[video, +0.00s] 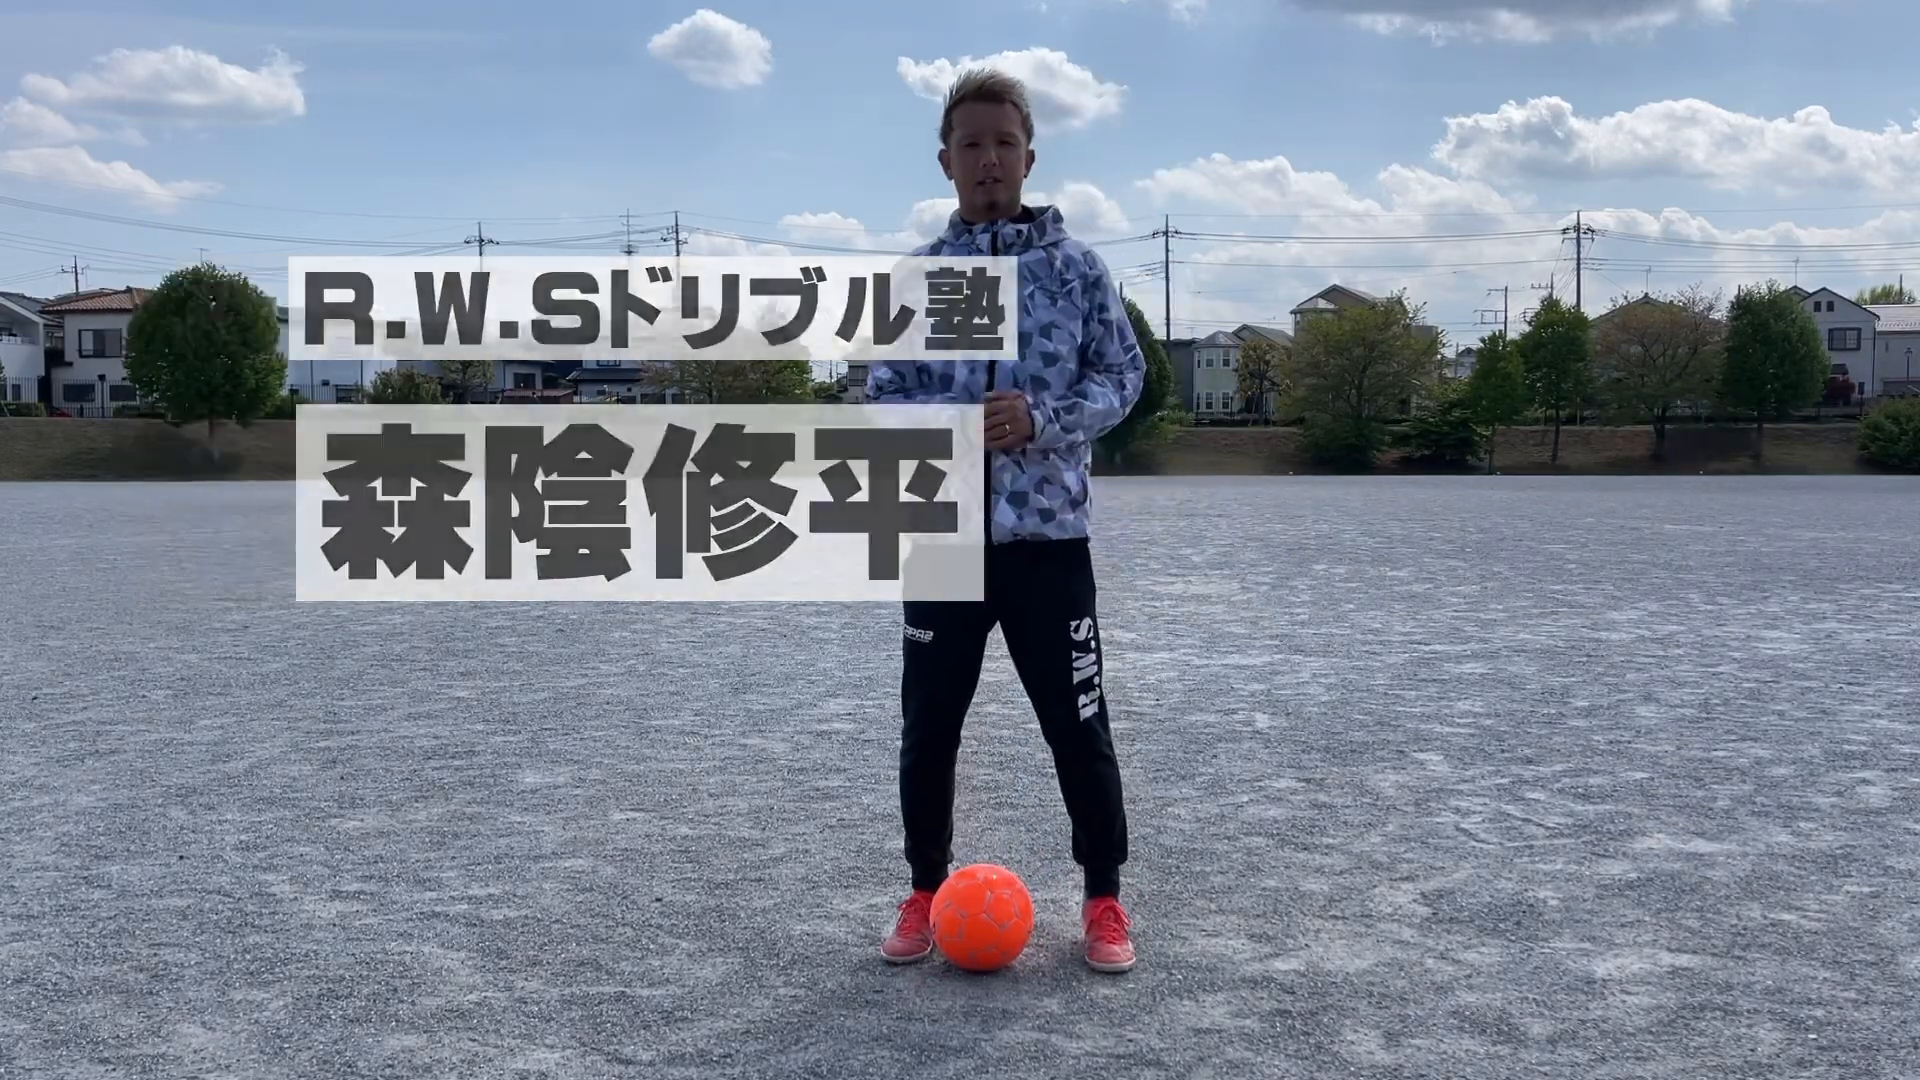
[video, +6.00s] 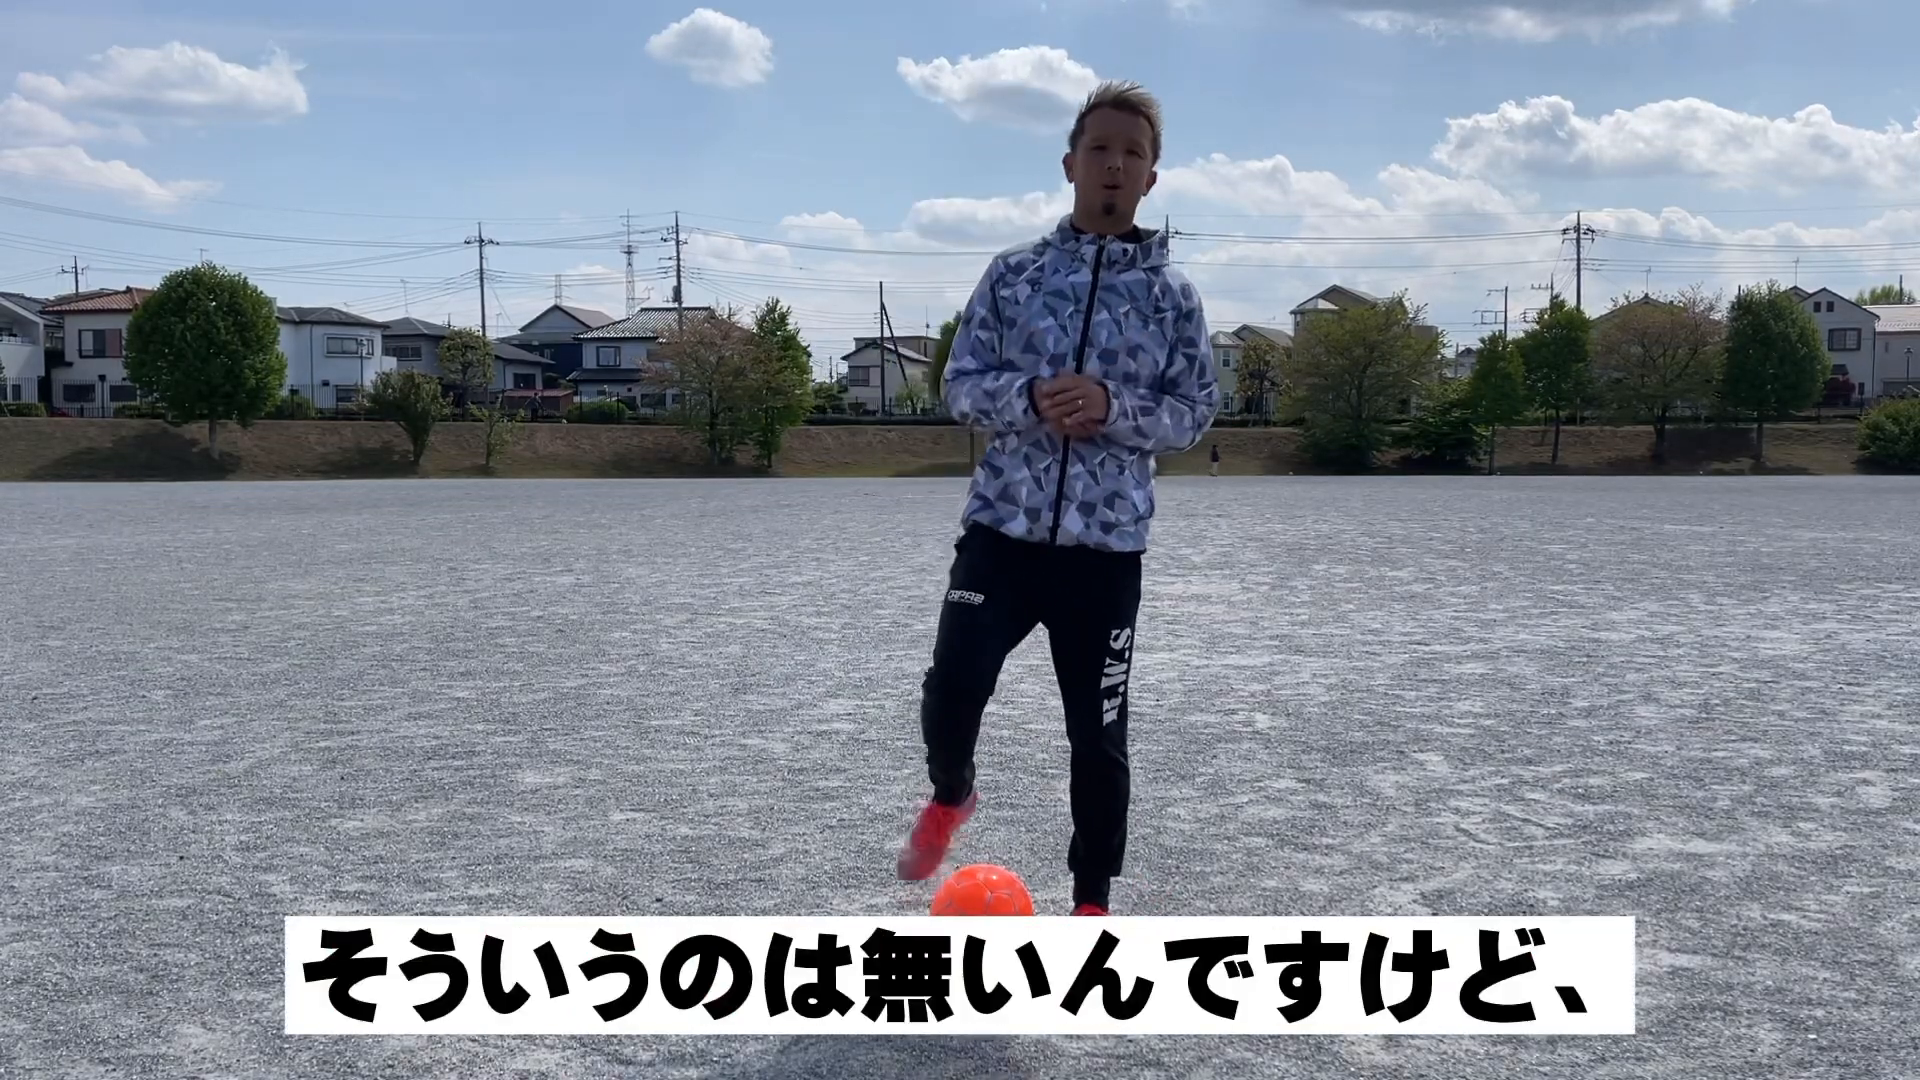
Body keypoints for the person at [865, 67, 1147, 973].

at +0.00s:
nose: (989, 159)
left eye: (1005, 142)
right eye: (971, 144)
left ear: (1030, 153)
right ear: (946, 158)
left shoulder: (1075, 266)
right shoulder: (914, 275)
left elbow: (1122, 382)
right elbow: (872, 384)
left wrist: (1042, 419)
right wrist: (941, 418)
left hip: (1045, 536)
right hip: (941, 536)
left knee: (1078, 723)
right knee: (927, 725)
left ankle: (1103, 902)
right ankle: (925, 894)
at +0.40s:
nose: (1004, 151)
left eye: (1022, 136)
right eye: (988, 135)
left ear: (1046, 151)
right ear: (963, 150)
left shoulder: (1088, 265)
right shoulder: (927, 269)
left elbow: (1118, 400)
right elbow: (900, 404)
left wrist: (1129, 510)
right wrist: (886, 513)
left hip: (1056, 535)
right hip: (951, 535)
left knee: (1082, 725)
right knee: (933, 727)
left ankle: (1103, 901)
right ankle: (927, 894)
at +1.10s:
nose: (1036, 161)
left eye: (1052, 146)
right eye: (1019, 146)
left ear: (1073, 164)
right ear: (991, 163)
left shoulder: (1107, 279)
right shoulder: (952, 279)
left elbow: (1124, 389)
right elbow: (931, 401)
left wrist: (1064, 454)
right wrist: (998, 444)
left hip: (1069, 542)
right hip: (968, 540)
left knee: (1086, 730)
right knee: (947, 728)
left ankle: (1101, 905)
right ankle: (931, 897)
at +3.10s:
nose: (1016, 165)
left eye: (1035, 151)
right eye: (1004, 151)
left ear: (1071, 167)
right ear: (990, 166)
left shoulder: (1113, 281)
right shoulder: (955, 285)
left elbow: (1150, 394)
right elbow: (917, 400)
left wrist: (1060, 391)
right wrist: (981, 388)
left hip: (1070, 538)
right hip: (970, 538)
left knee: (1084, 728)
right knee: (950, 727)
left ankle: (1097, 898)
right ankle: (933, 894)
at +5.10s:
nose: (914, 179)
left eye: (925, 160)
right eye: (893, 167)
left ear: (949, 166)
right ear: (870, 183)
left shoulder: (1011, 268)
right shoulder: (856, 299)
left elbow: (1068, 373)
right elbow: (837, 419)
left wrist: (995, 406)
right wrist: (910, 421)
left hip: (1019, 532)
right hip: (917, 544)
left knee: (1069, 707)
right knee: (920, 729)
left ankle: (1117, 882)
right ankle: (928, 895)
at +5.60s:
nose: (1044, 163)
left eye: (1060, 151)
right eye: (1028, 148)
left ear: (1078, 171)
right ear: (998, 165)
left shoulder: (1112, 284)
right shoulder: (951, 283)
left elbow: (1143, 406)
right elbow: (905, 401)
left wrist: (1120, 360)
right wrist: (929, 366)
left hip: (1072, 538)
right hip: (972, 537)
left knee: (1083, 731)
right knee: (948, 731)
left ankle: (1091, 901)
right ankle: (933, 897)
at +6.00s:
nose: (1114, 164)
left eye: (1132, 153)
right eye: (1099, 148)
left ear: (1151, 176)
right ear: (1070, 163)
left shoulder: (1172, 295)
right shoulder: (1013, 273)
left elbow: (1193, 416)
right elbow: (961, 388)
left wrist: (1113, 409)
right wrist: (1029, 399)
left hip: (1103, 544)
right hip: (1002, 532)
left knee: (1098, 733)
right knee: (948, 696)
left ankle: (1092, 903)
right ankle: (951, 801)